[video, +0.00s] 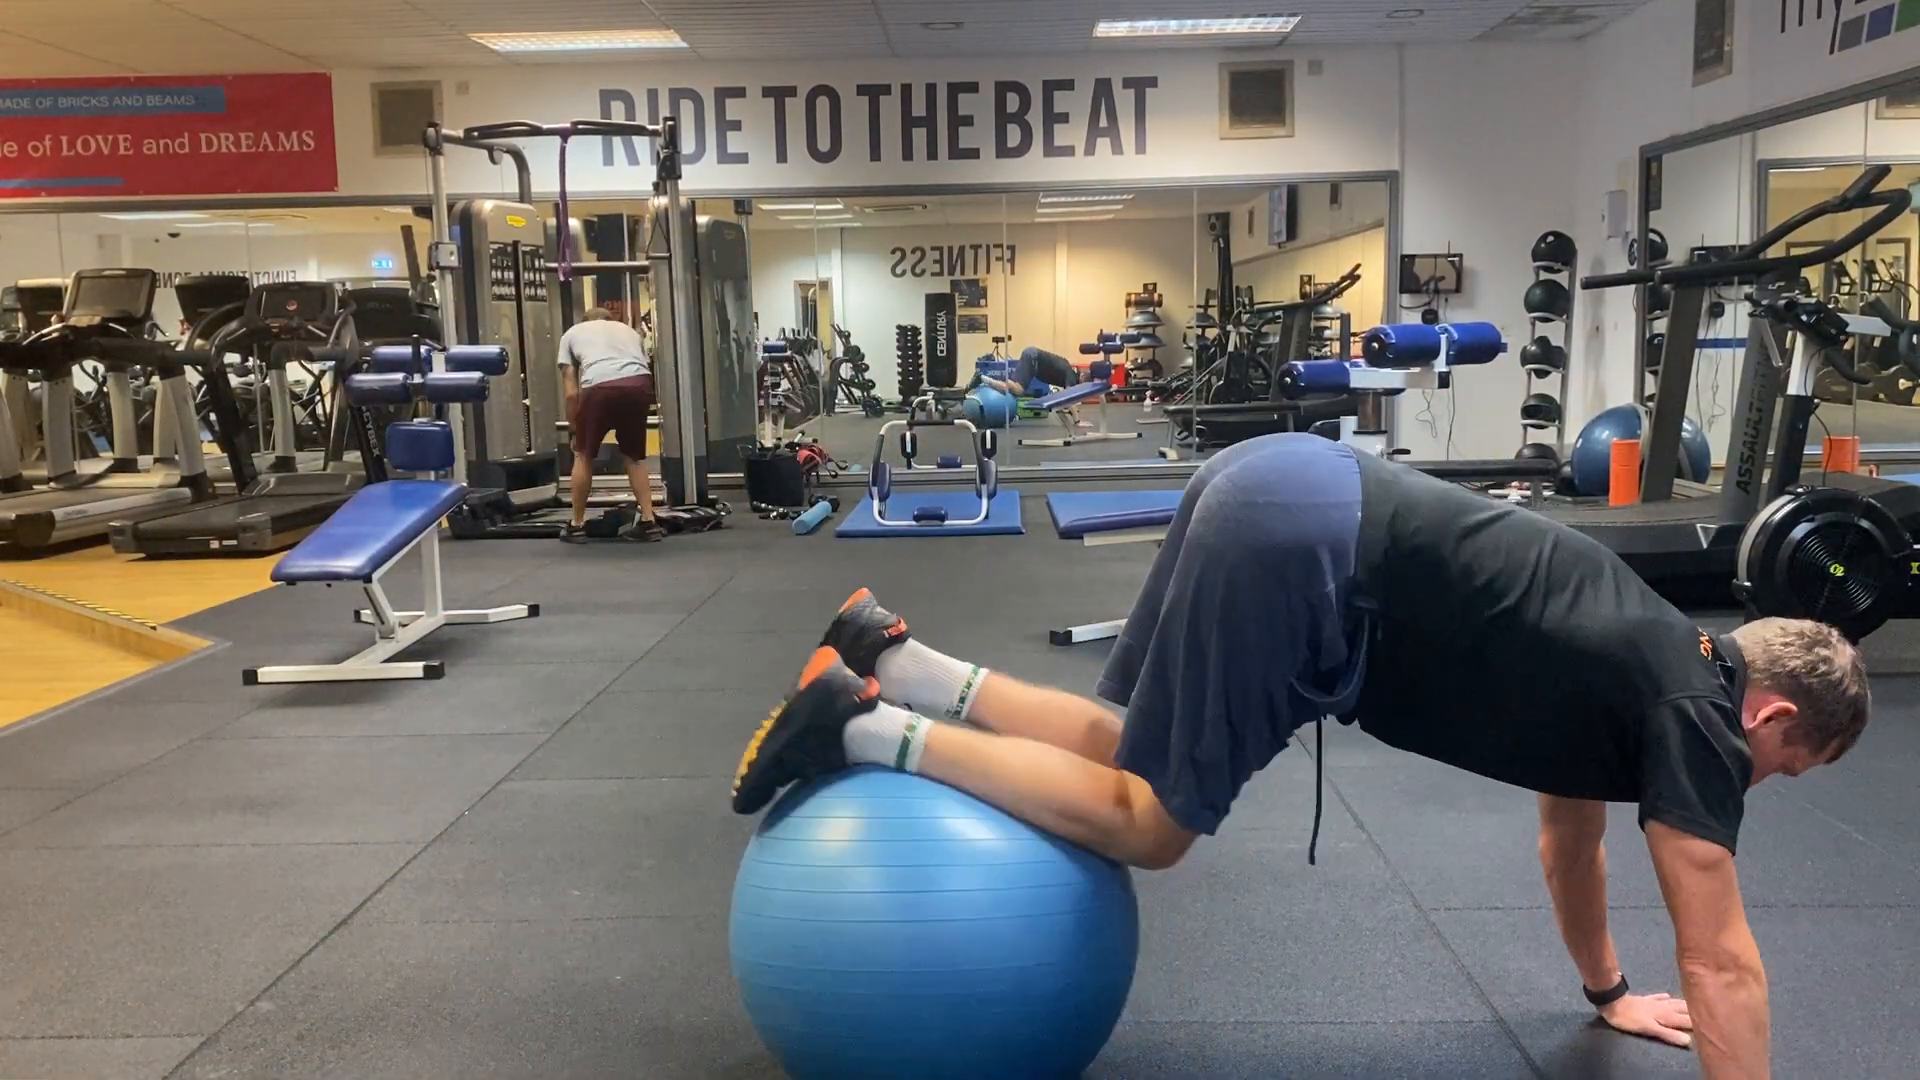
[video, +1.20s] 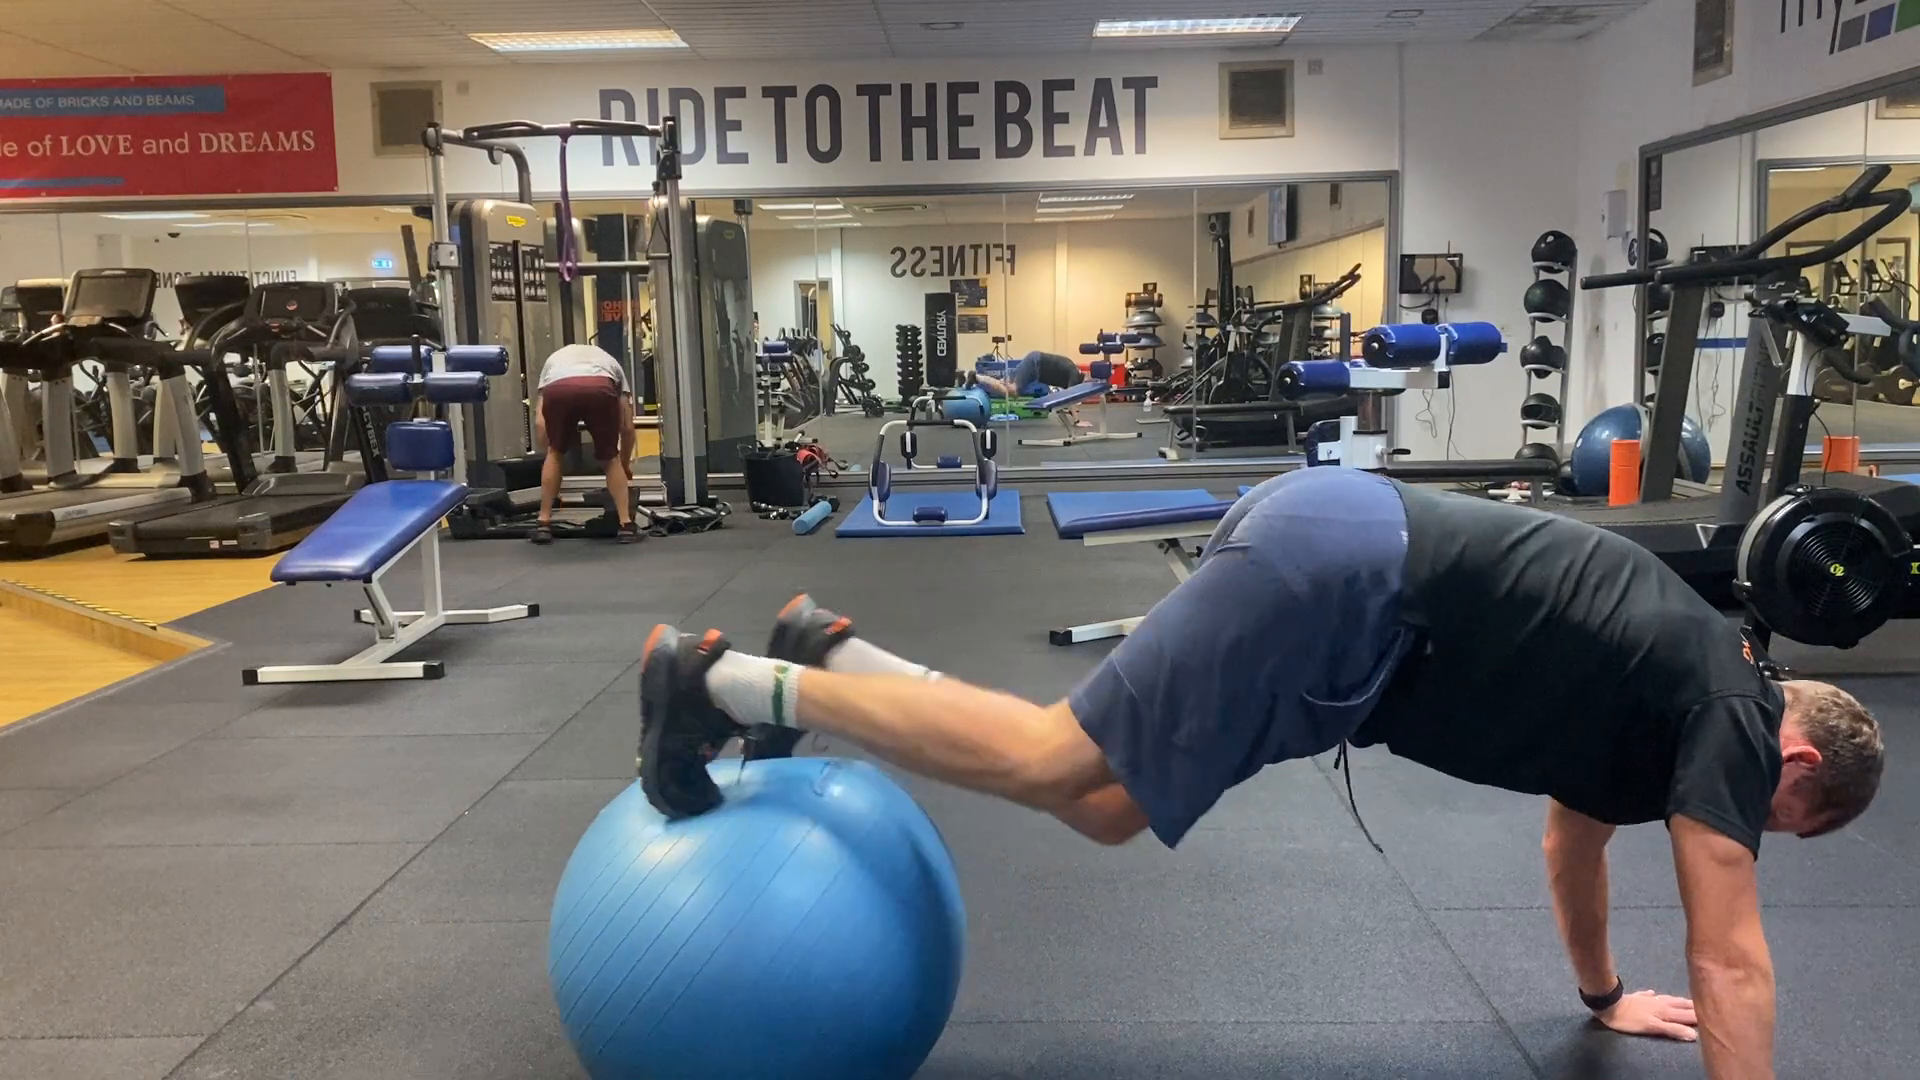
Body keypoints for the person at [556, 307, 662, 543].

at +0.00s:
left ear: (583, 320)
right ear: (608, 318)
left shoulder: (571, 335)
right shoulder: (628, 330)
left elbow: (572, 394)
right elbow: (644, 371)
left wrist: (573, 431)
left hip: (598, 392)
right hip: (638, 388)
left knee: (583, 456)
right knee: (635, 458)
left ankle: (577, 524)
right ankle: (649, 521)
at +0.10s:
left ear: (583, 336)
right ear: (608, 335)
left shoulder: (567, 349)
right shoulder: (626, 345)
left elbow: (566, 399)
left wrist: (580, 444)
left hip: (584, 392)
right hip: (625, 388)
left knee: (577, 456)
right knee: (625, 455)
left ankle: (576, 524)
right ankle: (632, 522)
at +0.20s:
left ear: (580, 348)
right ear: (610, 348)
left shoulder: (566, 358)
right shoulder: (623, 357)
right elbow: (632, 413)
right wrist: (626, 459)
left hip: (574, 389)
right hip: (616, 386)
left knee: (572, 457)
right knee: (621, 459)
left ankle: (575, 525)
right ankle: (626, 525)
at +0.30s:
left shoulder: (564, 371)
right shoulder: (624, 370)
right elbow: (630, 432)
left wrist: (580, 477)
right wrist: (627, 472)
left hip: (567, 388)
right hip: (609, 385)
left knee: (570, 459)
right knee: (618, 460)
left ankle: (575, 525)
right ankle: (626, 524)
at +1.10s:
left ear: (568, 353)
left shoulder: (556, 361)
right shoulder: (618, 364)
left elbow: (554, 420)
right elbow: (628, 428)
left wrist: (568, 466)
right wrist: (628, 472)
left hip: (563, 389)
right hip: (606, 388)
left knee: (561, 451)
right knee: (615, 462)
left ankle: (564, 517)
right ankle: (626, 524)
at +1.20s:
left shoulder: (552, 361)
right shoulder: (612, 362)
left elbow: (540, 420)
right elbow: (627, 427)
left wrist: (548, 454)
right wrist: (625, 464)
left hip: (558, 390)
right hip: (601, 389)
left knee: (554, 453)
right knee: (611, 459)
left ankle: (544, 522)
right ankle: (625, 524)